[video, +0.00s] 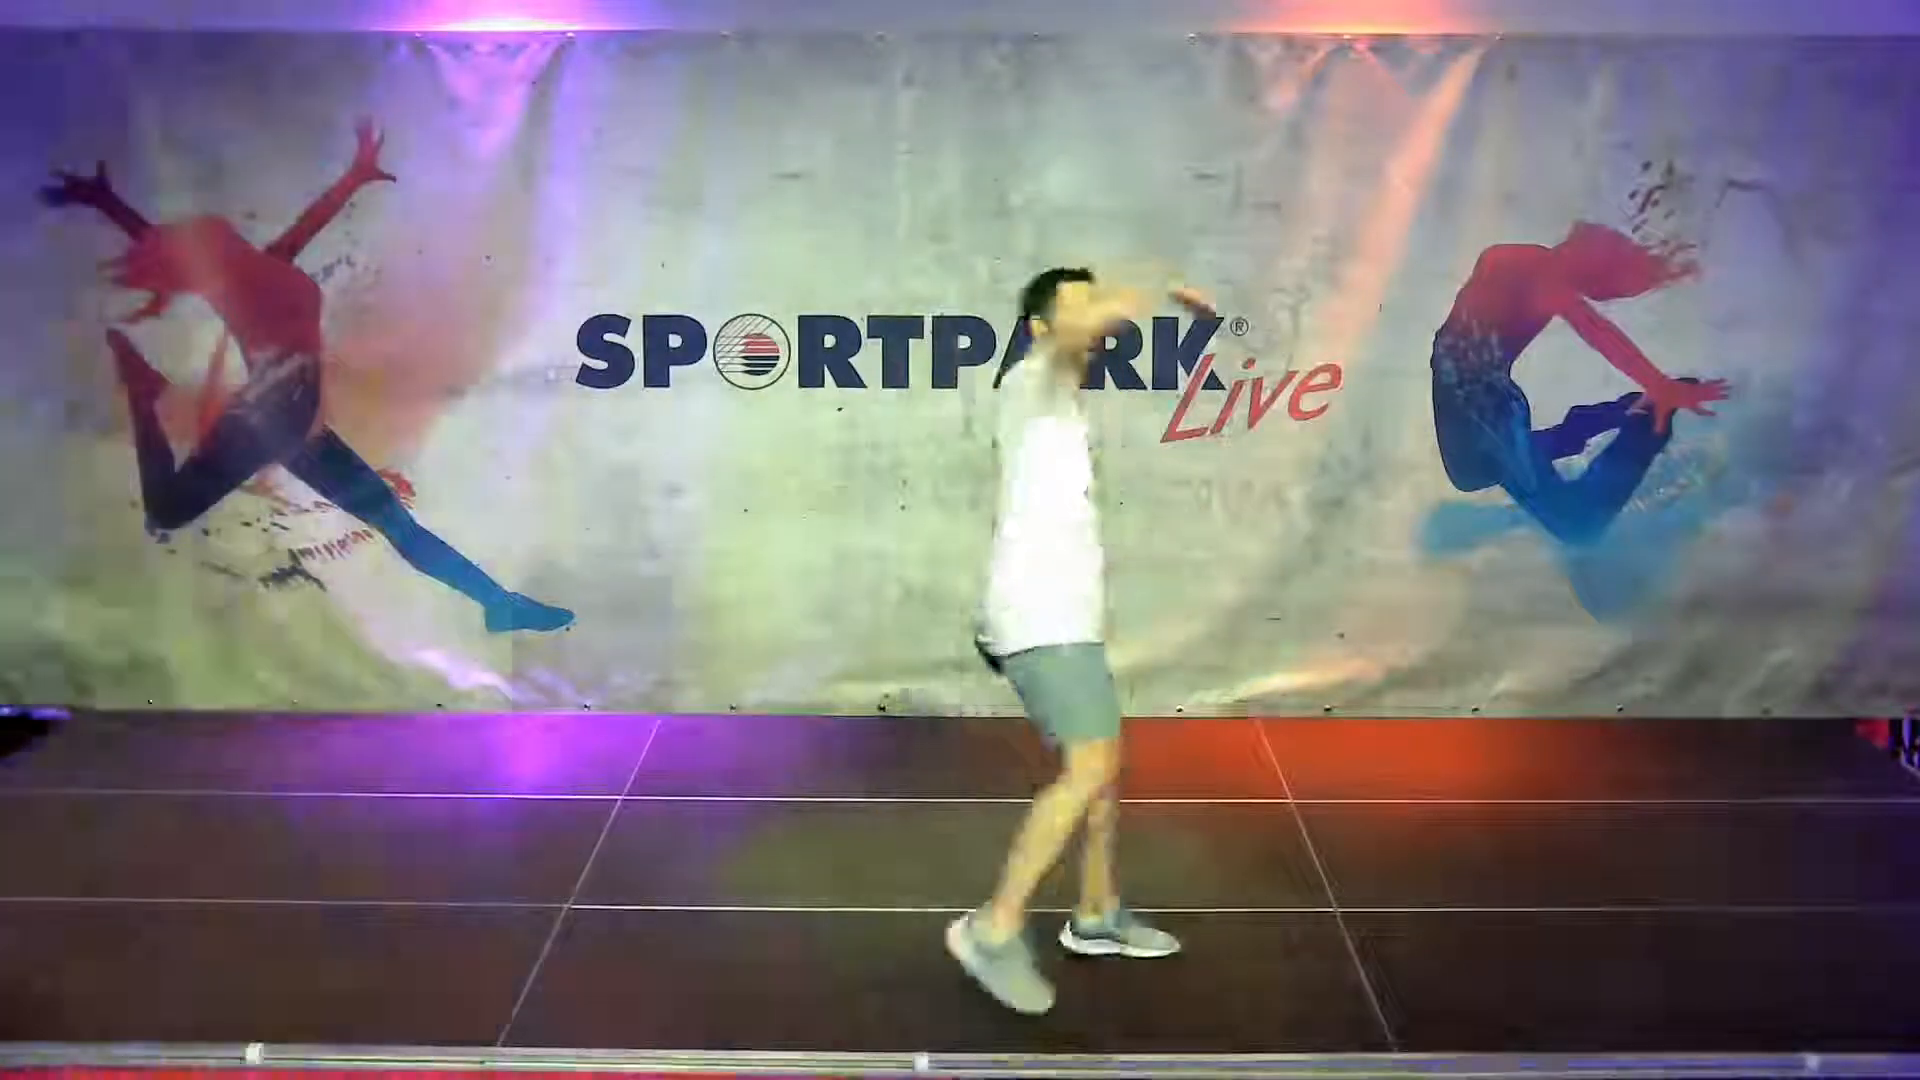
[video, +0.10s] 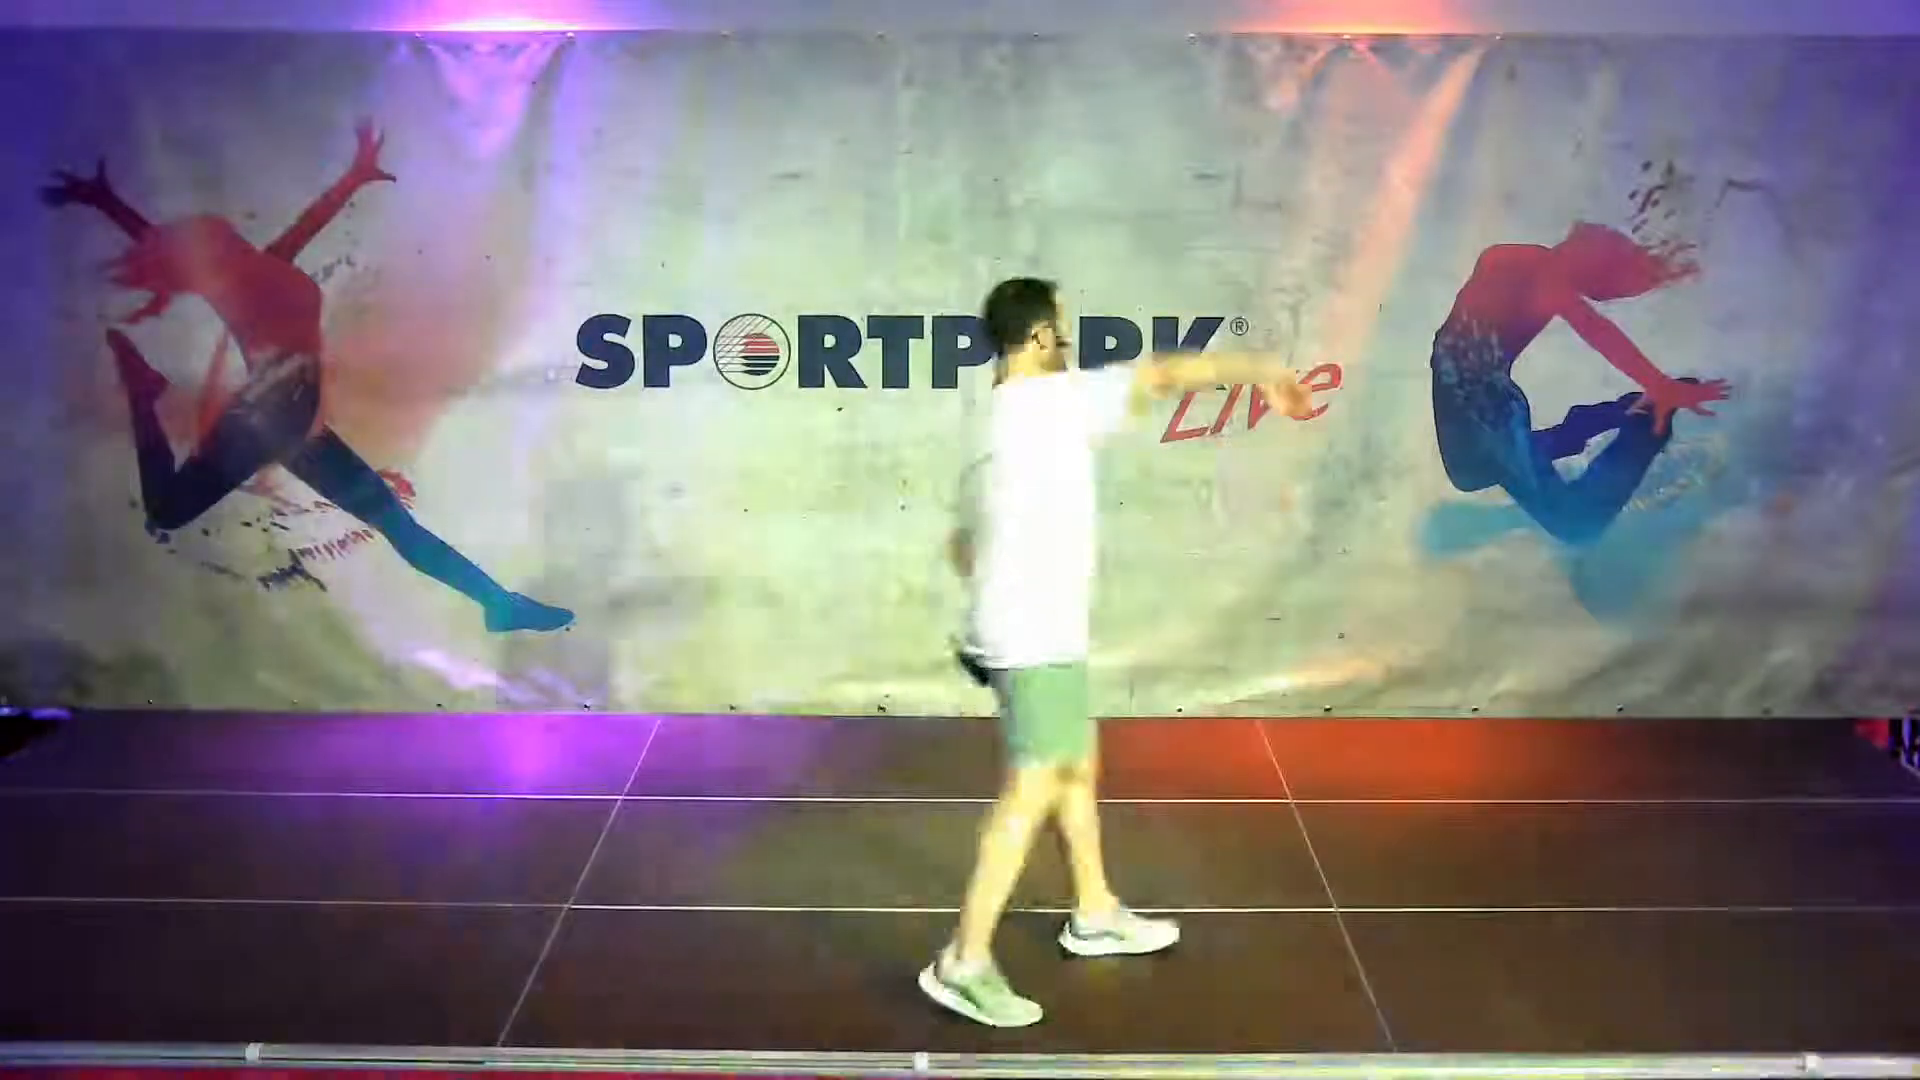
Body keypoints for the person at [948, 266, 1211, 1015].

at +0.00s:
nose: (1101, 321)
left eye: (1101, 307)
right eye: (1086, 307)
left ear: (1065, 326)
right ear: (1042, 323)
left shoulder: (1062, 397)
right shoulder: (1032, 385)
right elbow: (1085, 322)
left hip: (1065, 613)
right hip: (1035, 615)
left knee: (1102, 762)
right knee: (1088, 765)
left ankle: (1097, 913)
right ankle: (993, 928)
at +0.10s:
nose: (1068, 341)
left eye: (1064, 330)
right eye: (1063, 329)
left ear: (1002, 343)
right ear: (1043, 335)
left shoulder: (989, 415)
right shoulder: (1057, 396)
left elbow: (963, 542)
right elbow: (1164, 371)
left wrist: (998, 604)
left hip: (1023, 629)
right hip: (1038, 631)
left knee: (1076, 766)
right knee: (1033, 785)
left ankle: (1096, 912)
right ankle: (963, 958)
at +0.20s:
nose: (1025, 340)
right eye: (1026, 330)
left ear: (961, 347)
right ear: (1023, 338)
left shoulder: (938, 433)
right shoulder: (1062, 412)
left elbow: (888, 541)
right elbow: (1174, 440)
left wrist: (932, 624)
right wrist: (1255, 478)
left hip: (966, 635)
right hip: (1028, 635)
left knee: (1031, 780)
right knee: (1004, 792)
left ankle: (1083, 907)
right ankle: (958, 968)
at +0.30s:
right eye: (991, 326)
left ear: (934, 343)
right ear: (998, 338)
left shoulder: (906, 432)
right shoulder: (1039, 417)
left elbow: (849, 518)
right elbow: (1130, 496)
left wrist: (859, 623)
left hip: (935, 631)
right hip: (1010, 630)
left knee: (975, 772)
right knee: (1002, 788)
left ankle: (989, 916)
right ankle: (968, 964)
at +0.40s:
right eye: (969, 338)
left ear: (909, 349)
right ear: (977, 347)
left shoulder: (880, 439)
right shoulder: (1013, 431)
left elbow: (832, 540)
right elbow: (1062, 537)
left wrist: (836, 645)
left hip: (914, 635)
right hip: (997, 636)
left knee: (905, 755)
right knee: (995, 797)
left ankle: (887, 911)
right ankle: (985, 969)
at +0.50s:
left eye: (897, 355)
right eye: (940, 355)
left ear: (888, 365)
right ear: (953, 364)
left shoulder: (856, 451)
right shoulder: (986, 449)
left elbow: (804, 560)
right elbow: (1024, 560)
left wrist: (841, 621)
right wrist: (982, 607)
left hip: (878, 645)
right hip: (967, 647)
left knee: (850, 786)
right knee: (988, 799)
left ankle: (840, 938)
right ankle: (984, 960)